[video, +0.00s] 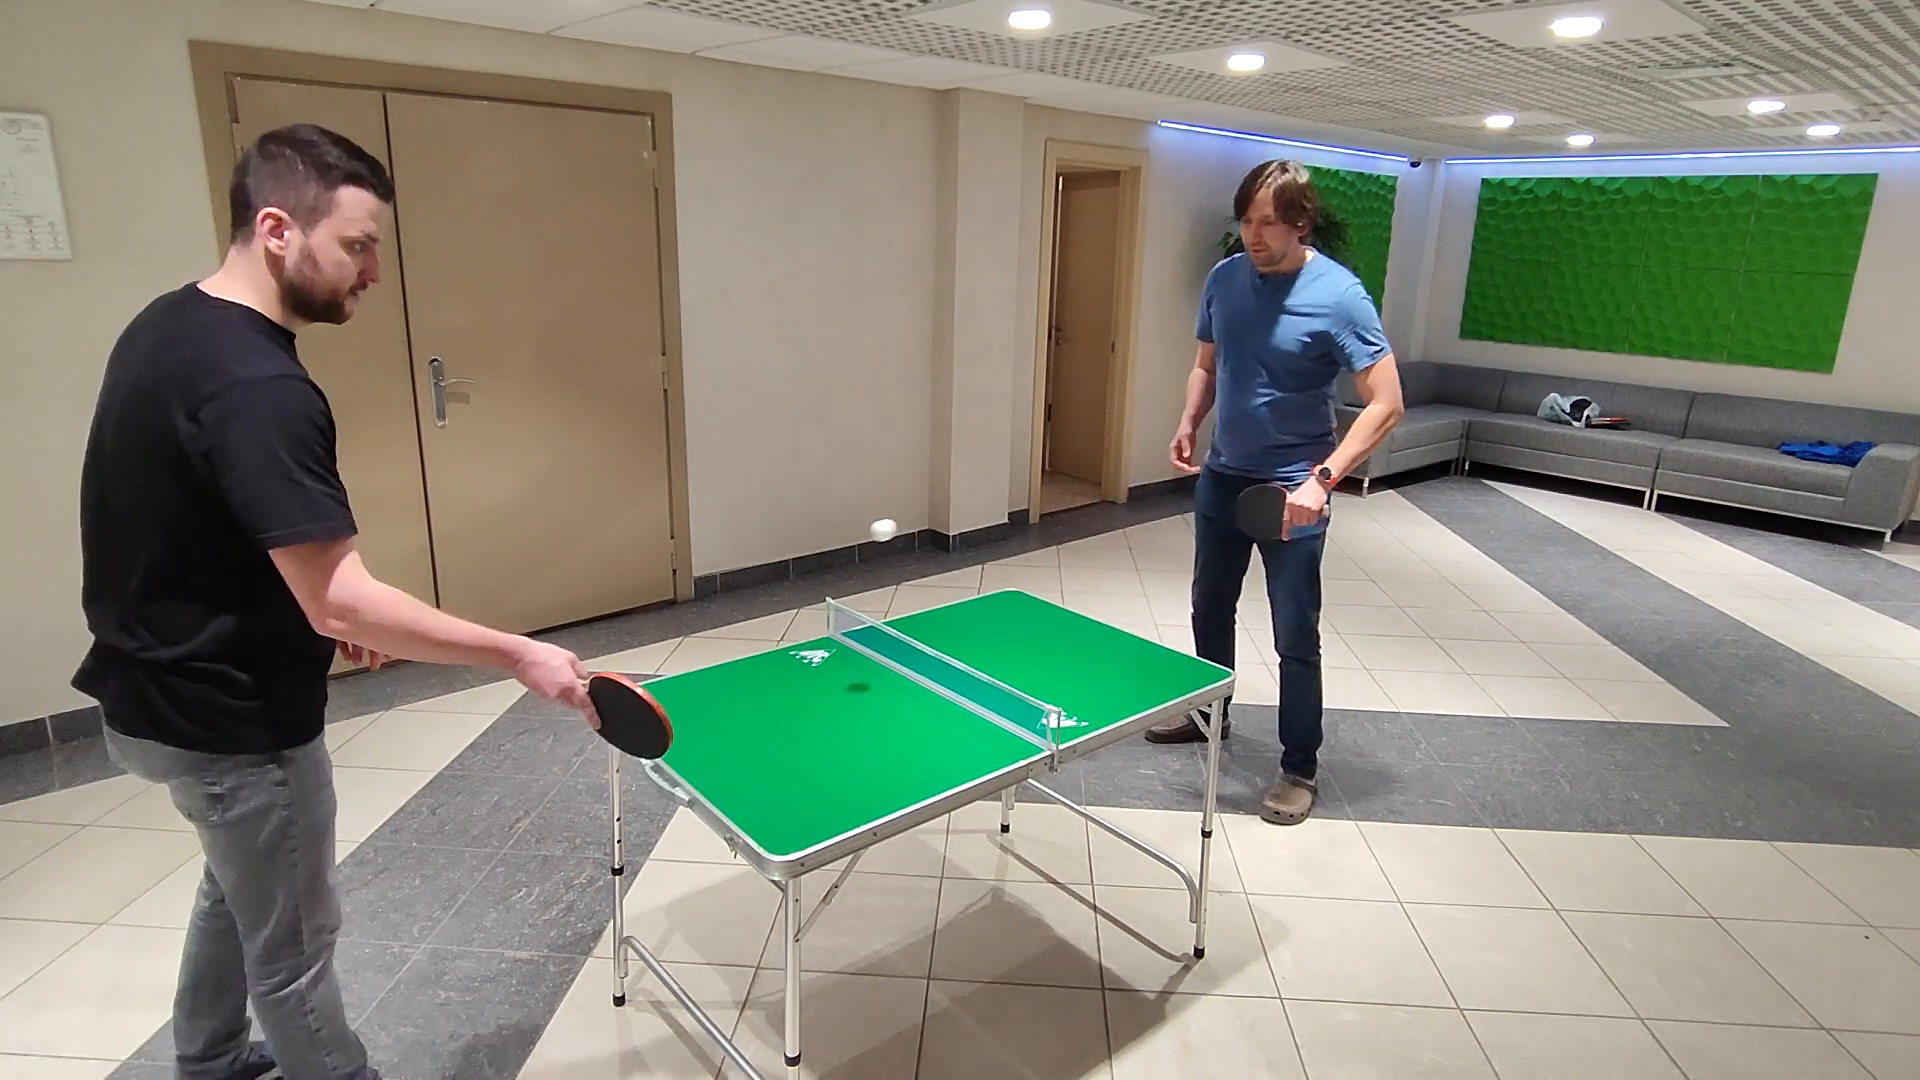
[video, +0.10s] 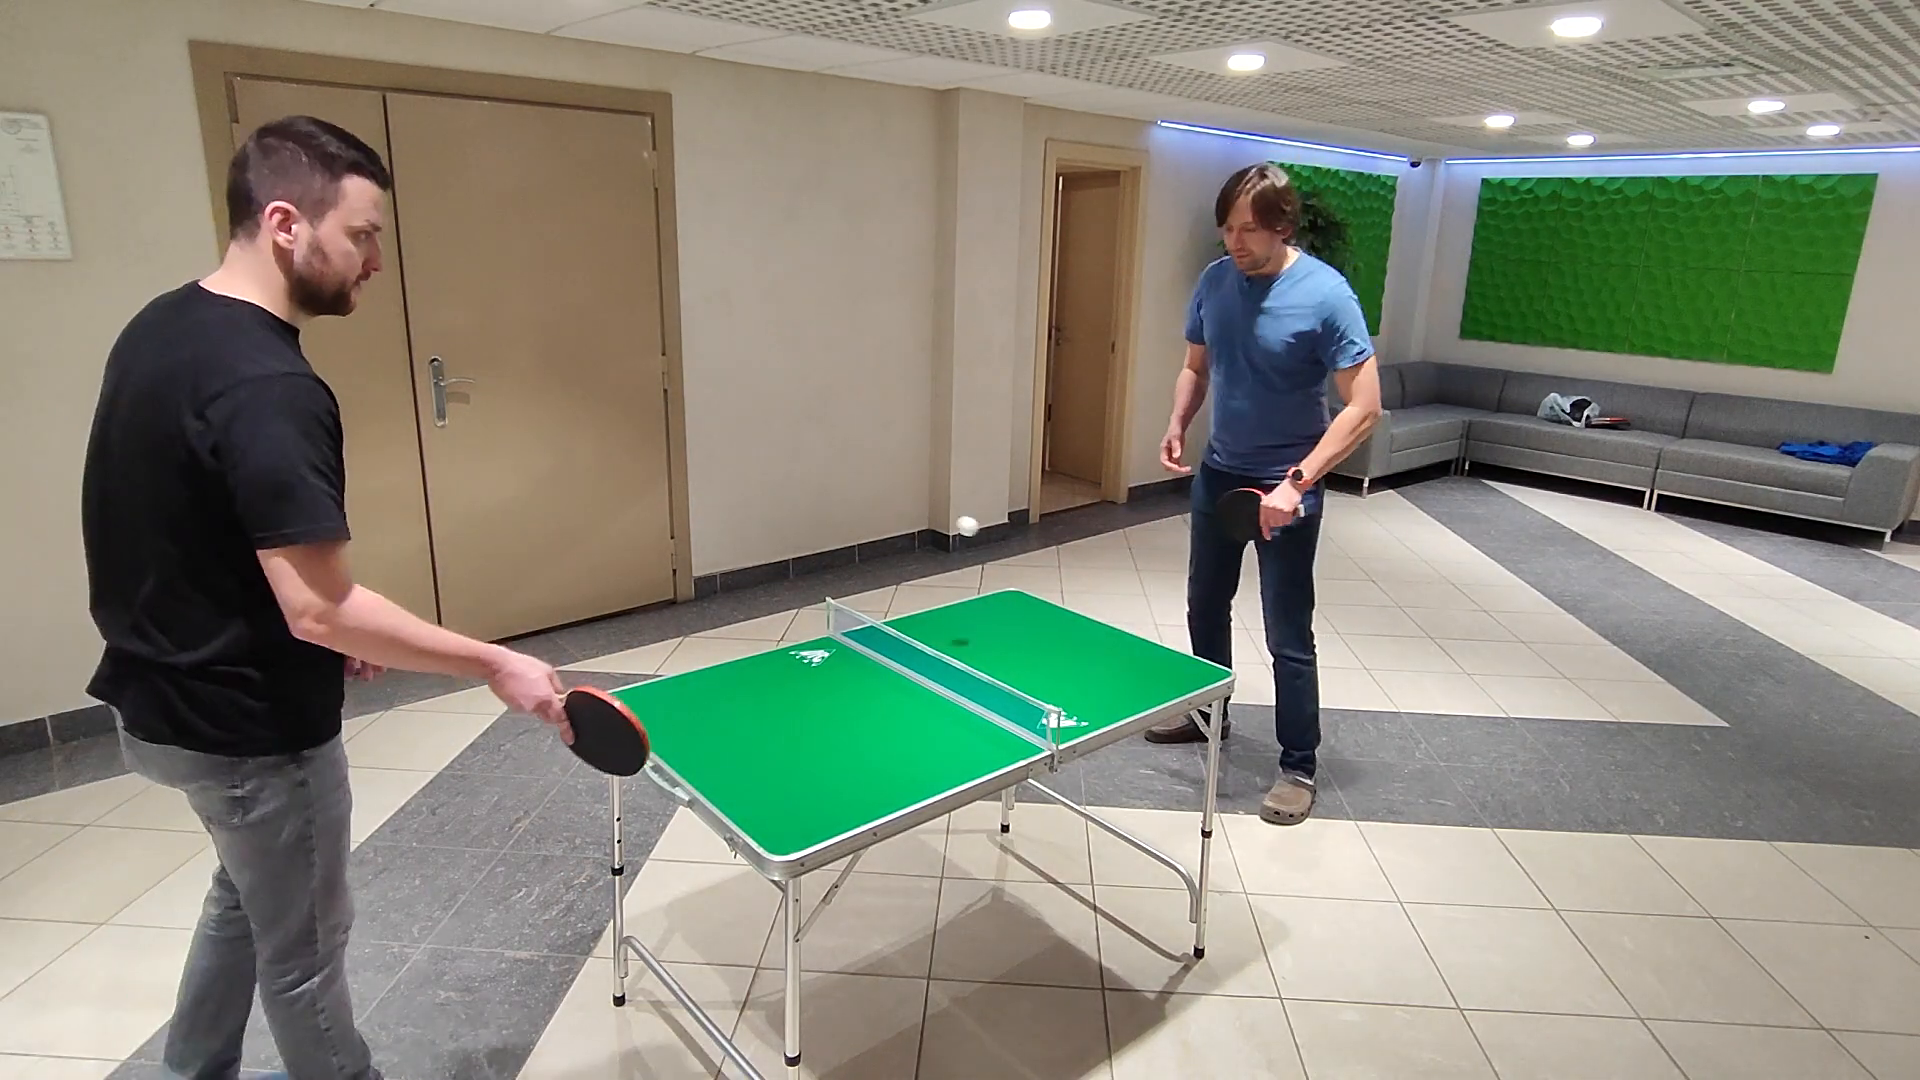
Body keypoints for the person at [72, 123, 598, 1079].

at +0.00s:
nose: (374, 272)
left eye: (378, 249)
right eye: (357, 245)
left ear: (277, 233)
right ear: (276, 230)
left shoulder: (169, 329)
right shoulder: (259, 384)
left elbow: (196, 520)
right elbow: (344, 596)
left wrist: (316, 615)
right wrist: (517, 653)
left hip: (158, 699)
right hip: (241, 724)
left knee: (240, 887)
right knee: (294, 953)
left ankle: (211, 1058)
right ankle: (337, 1073)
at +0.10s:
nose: (375, 262)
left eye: (378, 239)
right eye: (361, 236)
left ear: (280, 228)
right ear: (284, 226)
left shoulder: (163, 330)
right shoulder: (269, 384)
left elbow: (183, 530)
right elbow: (319, 608)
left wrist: (320, 622)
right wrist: (496, 664)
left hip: (165, 702)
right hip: (258, 727)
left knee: (244, 895)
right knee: (305, 957)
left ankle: (196, 1063)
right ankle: (339, 1075)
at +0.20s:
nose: (368, 255)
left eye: (370, 232)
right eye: (355, 228)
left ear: (273, 222)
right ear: (278, 221)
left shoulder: (152, 335)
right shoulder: (266, 385)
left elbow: (163, 552)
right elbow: (287, 610)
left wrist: (318, 653)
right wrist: (461, 682)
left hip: (166, 707)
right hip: (263, 735)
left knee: (250, 901)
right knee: (310, 954)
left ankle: (190, 1067)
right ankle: (339, 1070)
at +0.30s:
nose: (350, 250)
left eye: (350, 226)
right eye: (336, 224)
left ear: (250, 222)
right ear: (259, 222)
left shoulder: (140, 337)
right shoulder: (246, 386)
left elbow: (139, 559)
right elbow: (250, 615)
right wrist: (429, 697)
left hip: (164, 730)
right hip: (262, 753)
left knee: (238, 922)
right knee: (311, 967)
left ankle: (193, 1072)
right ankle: (339, 1073)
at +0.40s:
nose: (321, 249)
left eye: (321, 226)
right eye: (306, 224)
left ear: (226, 225)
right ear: (229, 223)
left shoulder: (128, 342)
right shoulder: (208, 377)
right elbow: (205, 619)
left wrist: (306, 664)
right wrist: (392, 708)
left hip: (155, 749)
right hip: (250, 768)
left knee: (216, 959)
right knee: (313, 988)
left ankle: (173, 1079)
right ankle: (347, 1079)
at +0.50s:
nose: (295, 246)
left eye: (293, 222)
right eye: (278, 221)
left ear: (196, 228)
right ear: (196, 225)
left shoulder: (121, 343)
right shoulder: (171, 374)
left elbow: (230, 559)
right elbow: (151, 617)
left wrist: (327, 666)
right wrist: (352, 712)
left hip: (140, 774)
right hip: (230, 782)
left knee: (180, 999)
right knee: (321, 963)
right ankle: (343, 1073)